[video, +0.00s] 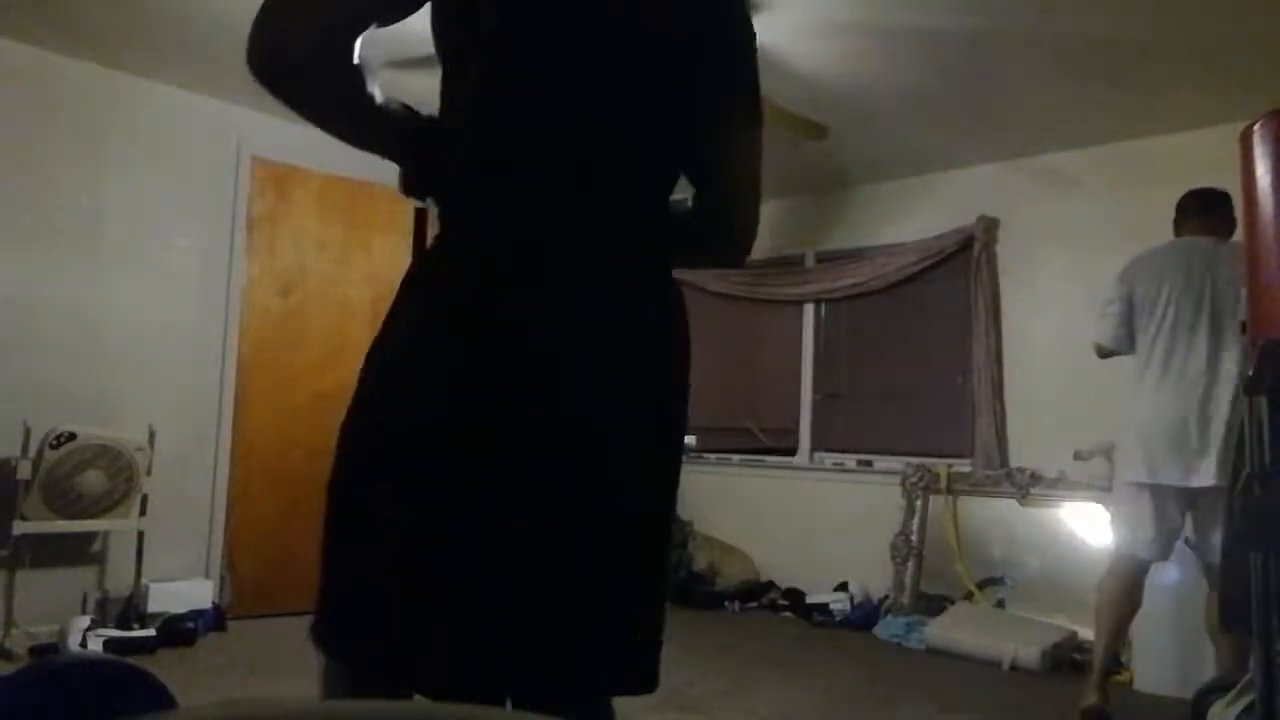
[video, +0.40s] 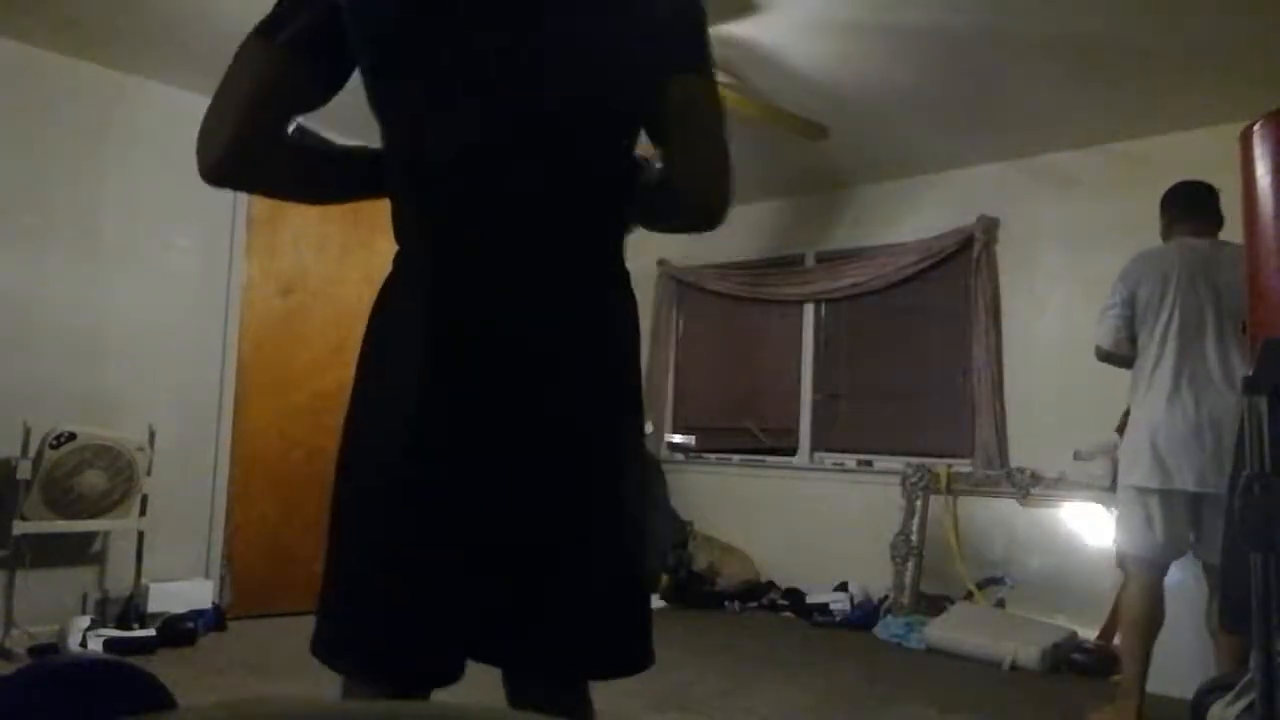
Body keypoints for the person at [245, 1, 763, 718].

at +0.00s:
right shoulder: (714, 15)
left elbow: (288, 45)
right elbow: (727, 228)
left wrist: (417, 143)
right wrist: (597, 224)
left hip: (460, 293)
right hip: (619, 315)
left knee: (370, 655)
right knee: (574, 671)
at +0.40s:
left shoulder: (360, 0)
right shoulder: (658, 5)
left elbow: (229, 148)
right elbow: (701, 197)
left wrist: (397, 169)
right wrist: (593, 179)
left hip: (430, 313)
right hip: (572, 315)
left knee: (383, 669)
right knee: (552, 673)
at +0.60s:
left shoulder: (343, 8)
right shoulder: (626, 8)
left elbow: (270, 182)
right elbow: (689, 196)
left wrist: (418, 175)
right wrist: (589, 113)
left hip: (417, 327)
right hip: (563, 328)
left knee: (368, 659)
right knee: (546, 659)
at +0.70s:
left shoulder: (358, 11)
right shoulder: (622, 9)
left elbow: (305, 192)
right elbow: (693, 196)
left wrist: (440, 169)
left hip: (423, 326)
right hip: (566, 331)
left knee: (374, 653)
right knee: (573, 639)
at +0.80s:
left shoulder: (383, 15)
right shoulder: (630, 12)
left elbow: (337, 195)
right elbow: (700, 205)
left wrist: (469, 162)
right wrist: (659, 55)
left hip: (434, 349)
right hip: (576, 348)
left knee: (385, 654)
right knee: (610, 634)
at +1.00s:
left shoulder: (467, 34)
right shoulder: (690, 41)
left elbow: (397, 197)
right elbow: (737, 240)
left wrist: (514, 158)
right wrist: (691, 115)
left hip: (494, 362)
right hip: (631, 369)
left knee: (424, 658)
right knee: (665, 658)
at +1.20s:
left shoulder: (534, 48)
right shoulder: (757, 67)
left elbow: (471, 192)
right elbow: (791, 247)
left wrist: (576, 151)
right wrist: (779, 136)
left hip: (559, 361)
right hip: (686, 367)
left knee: (477, 636)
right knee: (686, 646)